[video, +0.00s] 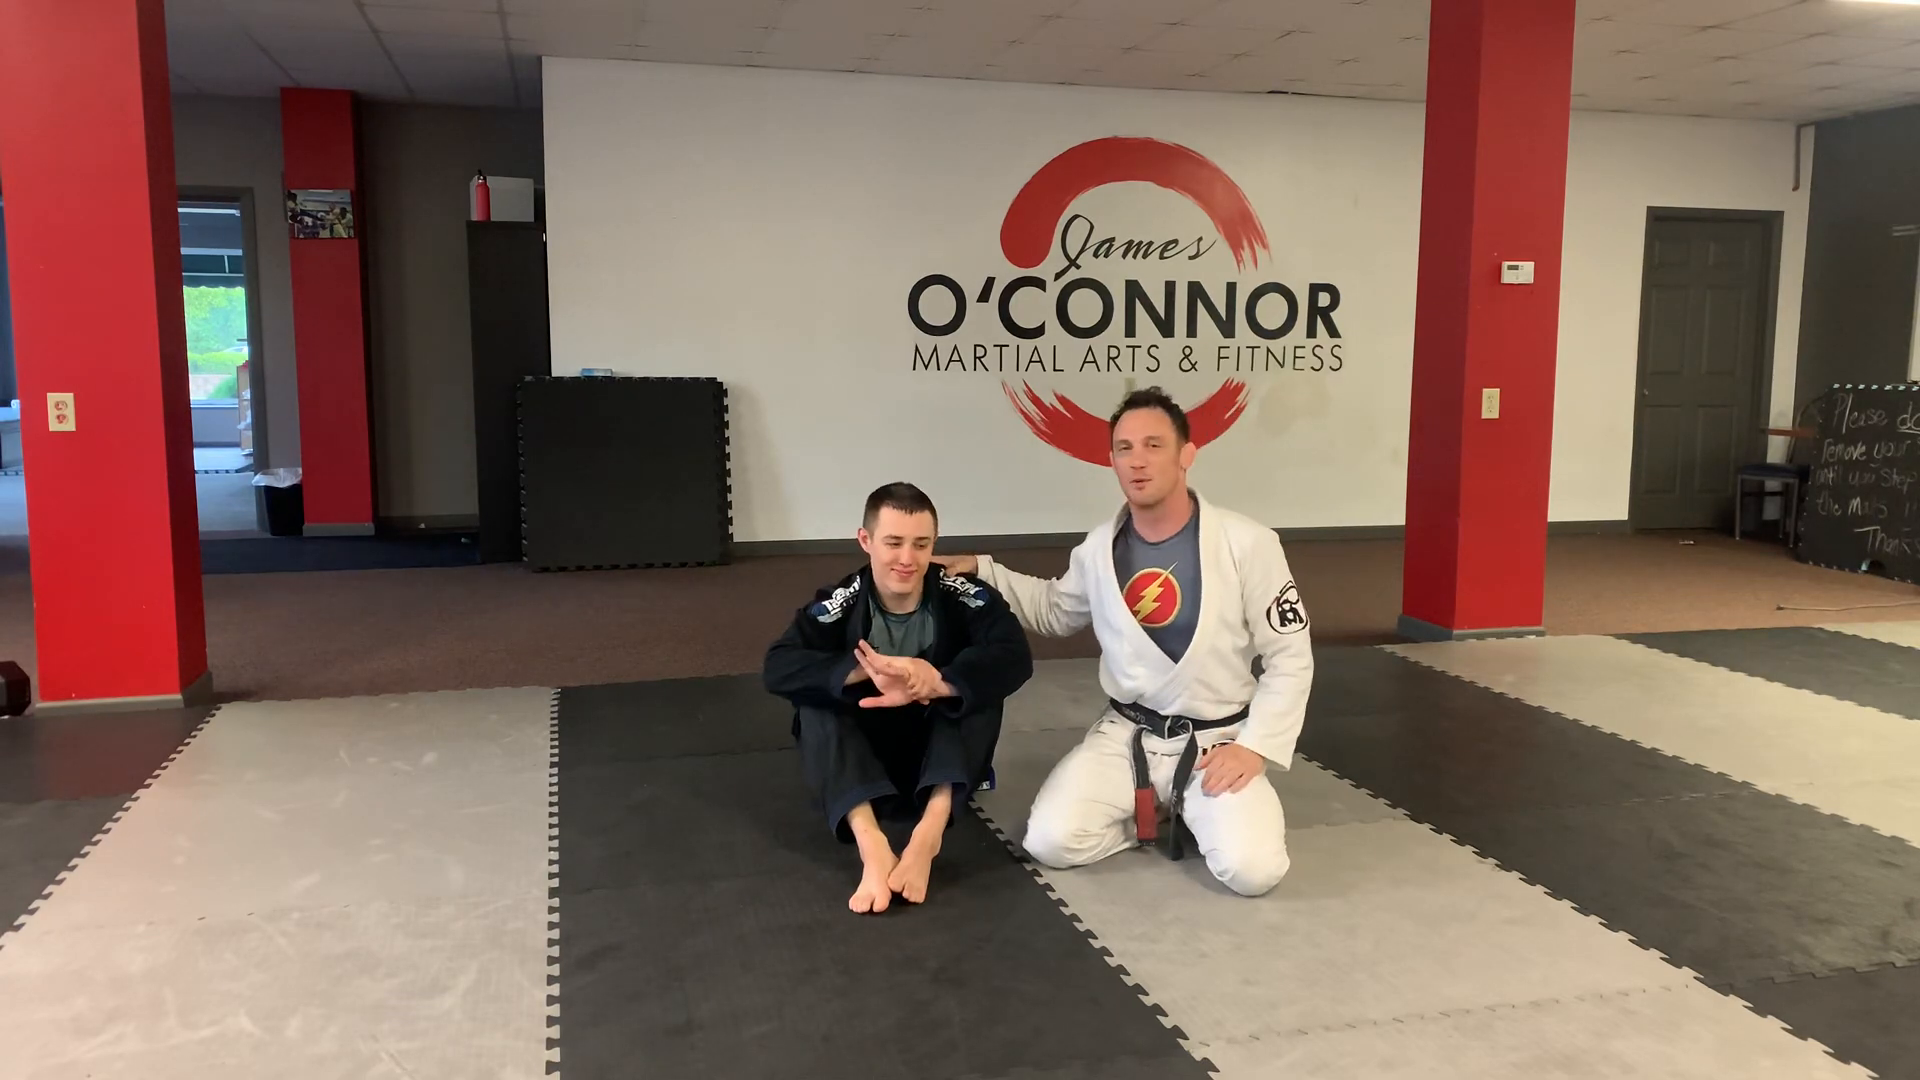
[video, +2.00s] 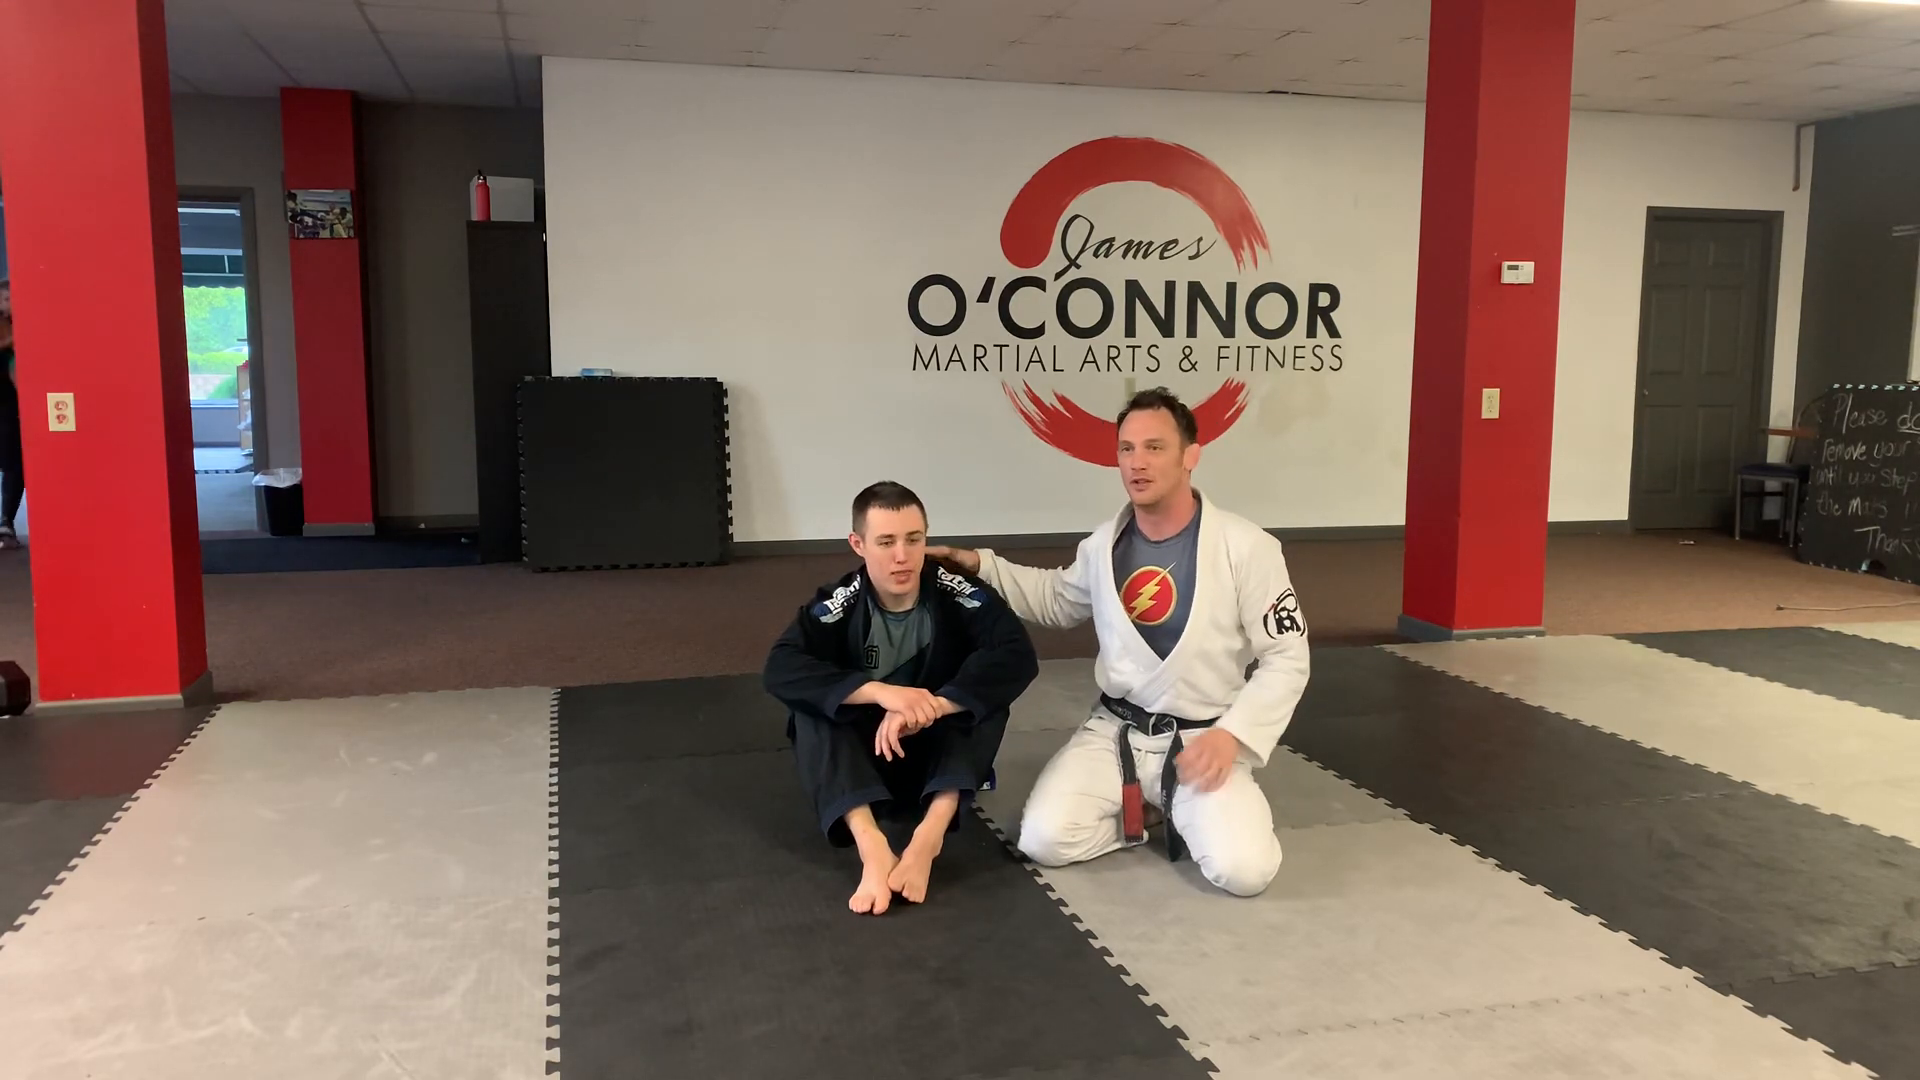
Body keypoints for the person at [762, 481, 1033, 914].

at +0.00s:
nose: (907, 557)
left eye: (920, 545)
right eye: (894, 543)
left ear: (933, 545)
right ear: (865, 542)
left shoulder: (967, 596)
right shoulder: (841, 603)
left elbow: (1014, 657)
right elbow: (779, 668)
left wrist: (940, 683)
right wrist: (861, 669)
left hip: (941, 755)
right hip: (862, 757)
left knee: (979, 685)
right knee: (815, 701)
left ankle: (930, 831)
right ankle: (871, 843)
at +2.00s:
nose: (903, 556)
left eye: (913, 540)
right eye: (886, 543)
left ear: (925, 538)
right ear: (858, 545)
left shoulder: (959, 592)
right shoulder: (837, 603)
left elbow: (1017, 656)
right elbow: (782, 669)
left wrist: (927, 707)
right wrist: (880, 692)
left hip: (938, 753)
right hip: (860, 755)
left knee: (987, 698)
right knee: (811, 707)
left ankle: (930, 836)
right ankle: (871, 846)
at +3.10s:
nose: (906, 556)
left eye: (916, 540)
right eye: (890, 543)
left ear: (927, 534)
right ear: (860, 544)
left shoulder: (962, 592)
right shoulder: (838, 602)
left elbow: (1009, 658)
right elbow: (786, 667)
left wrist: (926, 709)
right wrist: (880, 695)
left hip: (939, 755)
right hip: (860, 757)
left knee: (978, 689)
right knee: (815, 704)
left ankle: (930, 836)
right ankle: (872, 846)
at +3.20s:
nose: (910, 553)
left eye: (920, 537)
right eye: (894, 539)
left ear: (932, 533)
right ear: (864, 540)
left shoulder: (966, 594)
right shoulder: (840, 599)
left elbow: (1005, 661)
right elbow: (785, 663)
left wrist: (929, 709)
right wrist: (876, 693)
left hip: (939, 755)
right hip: (861, 755)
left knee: (966, 690)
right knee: (817, 704)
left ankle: (928, 835)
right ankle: (871, 847)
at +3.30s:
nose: (914, 550)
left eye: (925, 535)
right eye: (900, 536)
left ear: (936, 532)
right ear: (870, 536)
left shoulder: (972, 596)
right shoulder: (843, 597)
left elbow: (1011, 671)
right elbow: (776, 658)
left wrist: (965, 717)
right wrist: (845, 692)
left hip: (937, 765)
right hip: (860, 760)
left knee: (969, 660)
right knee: (808, 698)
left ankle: (928, 836)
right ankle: (857, 848)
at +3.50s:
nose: (927, 549)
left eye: (939, 535)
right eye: (913, 534)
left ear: (951, 533)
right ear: (885, 531)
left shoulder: (983, 604)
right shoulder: (853, 591)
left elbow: (1023, 699)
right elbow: (764, 637)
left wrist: (1015, 766)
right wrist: (755, 670)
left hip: (944, 767)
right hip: (861, 764)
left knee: (958, 659)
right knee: (777, 671)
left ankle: (924, 831)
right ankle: (775, 840)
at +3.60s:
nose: (932, 552)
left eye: (945, 539)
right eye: (919, 537)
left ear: (958, 537)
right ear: (894, 532)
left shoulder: (986, 606)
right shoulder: (863, 586)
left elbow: (1023, 710)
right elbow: (785, 618)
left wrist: (1018, 794)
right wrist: (735, 651)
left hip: (945, 765)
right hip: (863, 758)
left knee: (946, 659)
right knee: (758, 669)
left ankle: (918, 831)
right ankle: (722, 830)